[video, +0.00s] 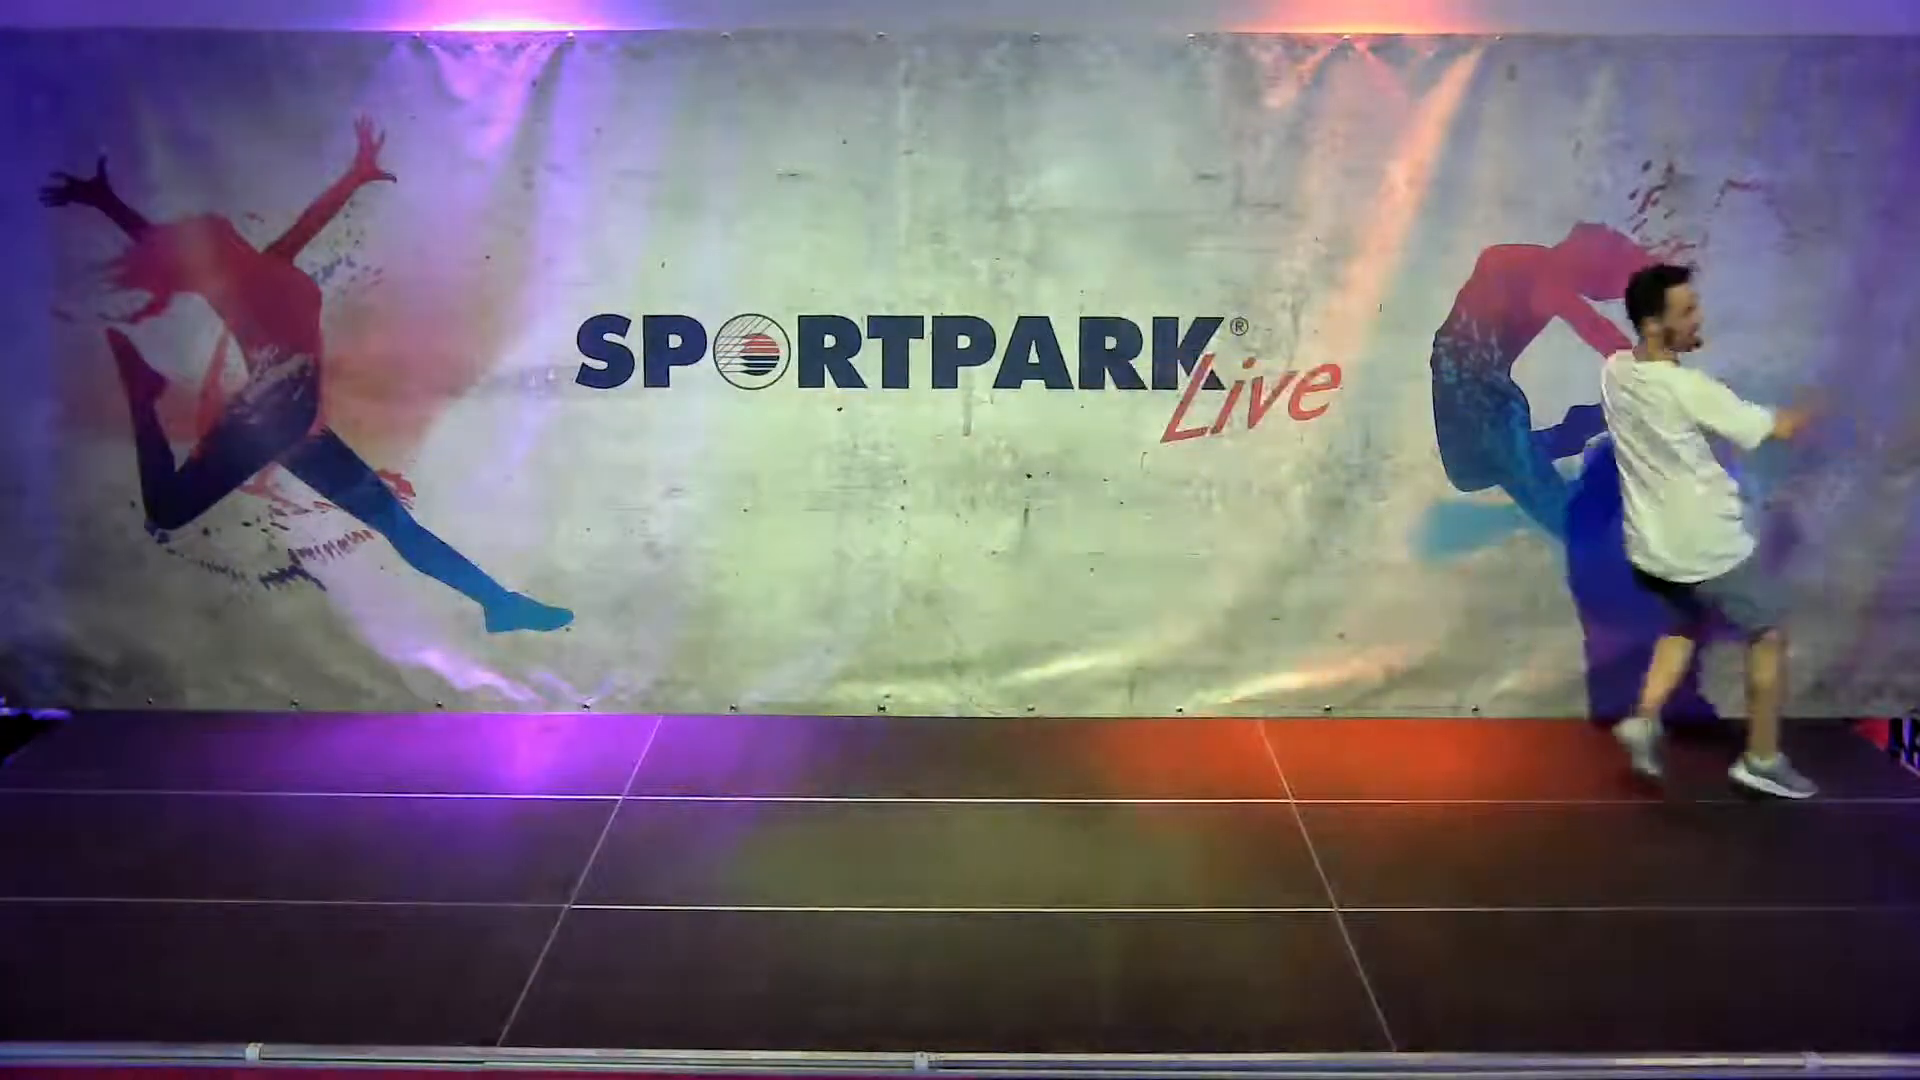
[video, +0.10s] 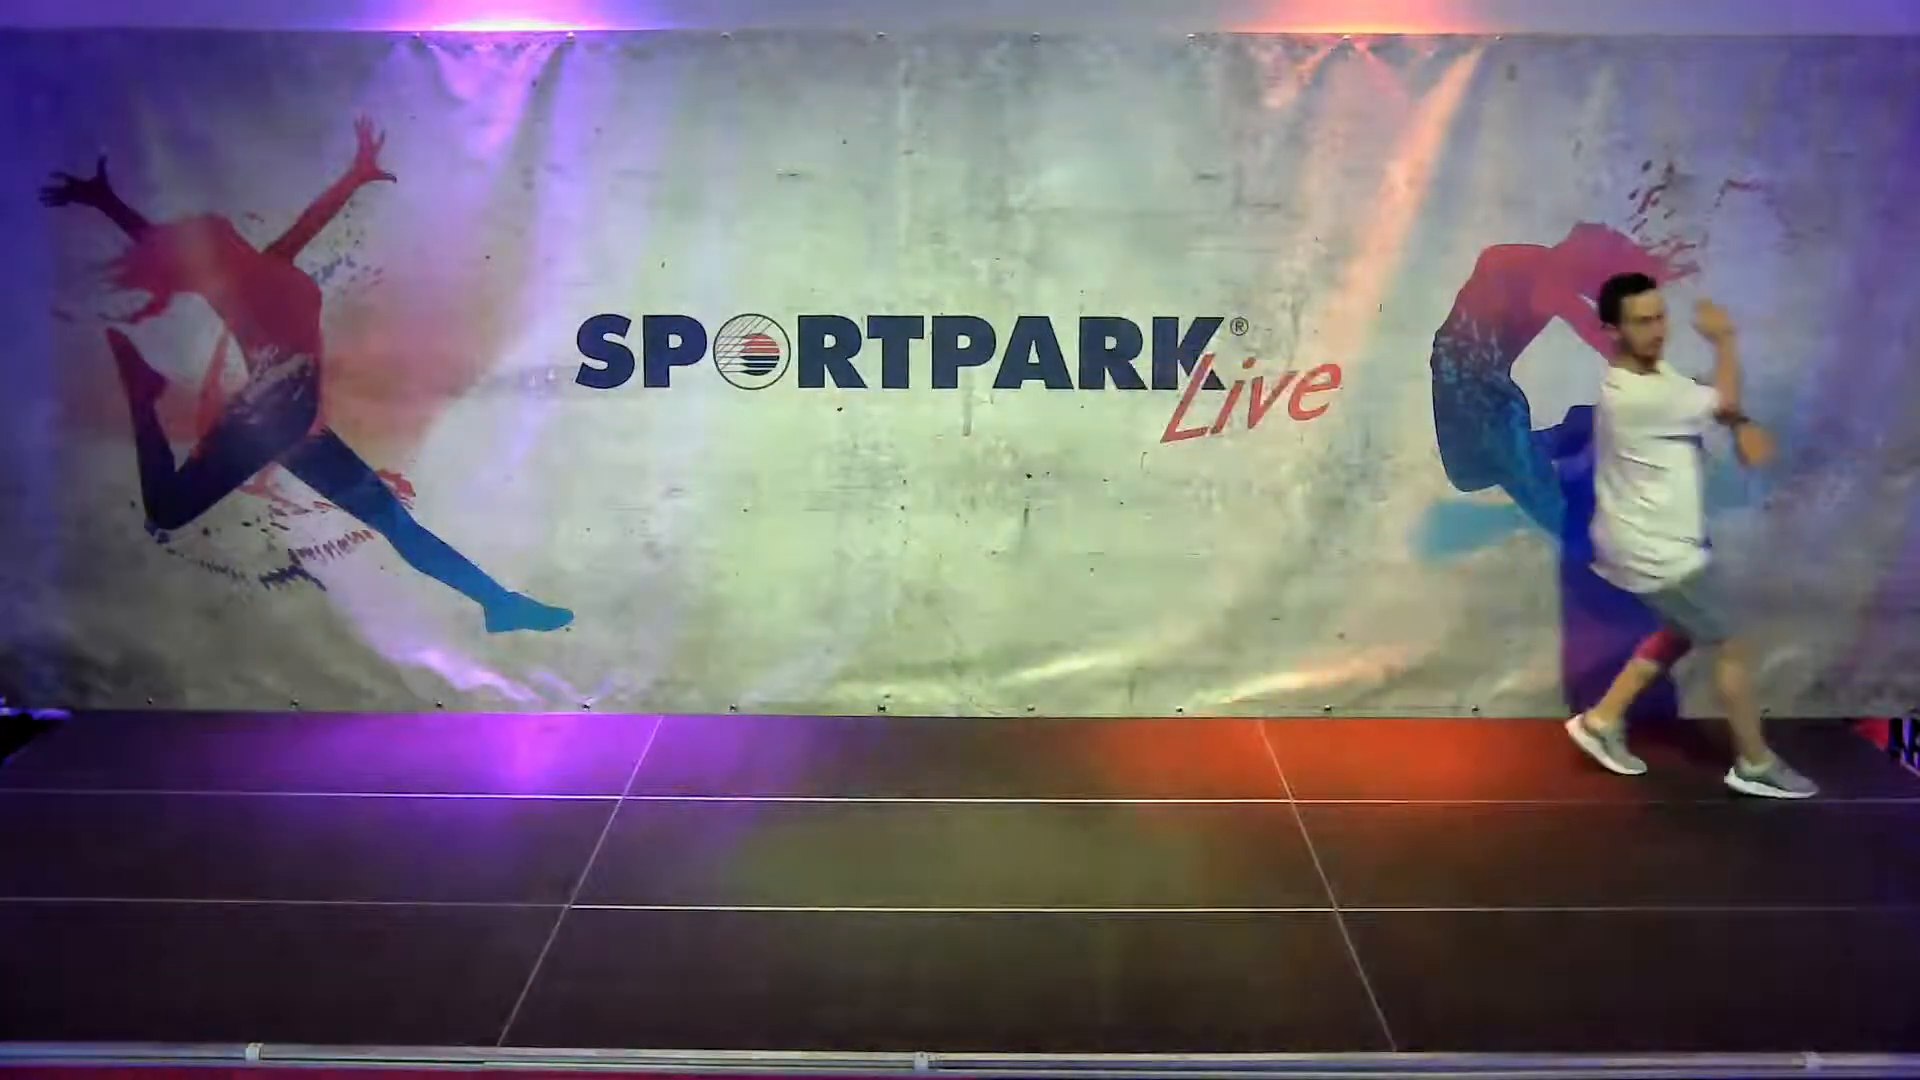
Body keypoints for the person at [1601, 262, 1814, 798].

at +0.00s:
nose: (1698, 319)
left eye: (1695, 307)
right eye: (1688, 311)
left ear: (1646, 324)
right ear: (1656, 322)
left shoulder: (1614, 374)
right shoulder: (1686, 387)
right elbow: (1765, 427)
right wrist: (1806, 411)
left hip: (1648, 551)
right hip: (1708, 551)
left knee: (1684, 623)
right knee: (1767, 632)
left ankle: (1644, 720)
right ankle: (1762, 757)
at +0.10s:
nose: (1658, 329)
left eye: (1661, 317)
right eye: (1644, 321)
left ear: (1664, 318)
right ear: (1616, 330)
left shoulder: (1633, 377)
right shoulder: (1641, 394)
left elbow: (1698, 401)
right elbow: (1725, 402)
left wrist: (1741, 427)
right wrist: (1724, 341)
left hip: (1629, 545)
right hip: (1656, 553)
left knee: (1685, 627)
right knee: (1733, 640)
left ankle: (1602, 720)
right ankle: (1754, 760)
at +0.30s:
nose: (1575, 326)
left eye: (1583, 314)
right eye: (1562, 316)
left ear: (1595, 317)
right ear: (1544, 324)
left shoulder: (1614, 372)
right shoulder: (1541, 391)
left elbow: (1670, 433)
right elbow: (1586, 462)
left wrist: (1732, 487)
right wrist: (1644, 478)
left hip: (1600, 531)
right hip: (1546, 538)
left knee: (1650, 625)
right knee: (1619, 631)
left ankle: (1589, 735)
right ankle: (1575, 742)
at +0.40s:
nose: (1562, 328)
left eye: (1570, 315)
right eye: (1549, 318)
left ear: (1583, 320)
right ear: (1535, 327)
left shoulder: (1604, 374)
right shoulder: (1530, 396)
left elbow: (1665, 433)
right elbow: (1565, 484)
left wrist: (1729, 489)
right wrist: (1620, 526)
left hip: (1586, 528)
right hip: (1532, 537)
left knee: (1633, 632)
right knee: (1599, 637)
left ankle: (1585, 739)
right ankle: (1532, 738)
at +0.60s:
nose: (1406, 281)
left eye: (1419, 271)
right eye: (1399, 271)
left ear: (1443, 279)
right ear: (1387, 279)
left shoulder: (1474, 343)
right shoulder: (1363, 350)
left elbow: (1543, 364)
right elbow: (1284, 364)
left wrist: (1625, 382)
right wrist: (1213, 370)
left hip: (1454, 517)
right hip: (1387, 522)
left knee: (1490, 623)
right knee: (1386, 638)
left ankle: (1501, 732)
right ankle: (1368, 737)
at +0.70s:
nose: (1354, 254)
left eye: (1365, 244)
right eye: (1345, 244)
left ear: (1387, 251)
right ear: (1334, 252)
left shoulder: (1424, 314)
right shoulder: (1308, 320)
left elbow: (1507, 348)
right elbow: (1232, 343)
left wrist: (1583, 379)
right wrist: (1155, 356)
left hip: (1394, 497)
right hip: (1323, 498)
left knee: (1390, 617)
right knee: (1327, 615)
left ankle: (1378, 736)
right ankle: (1331, 733)